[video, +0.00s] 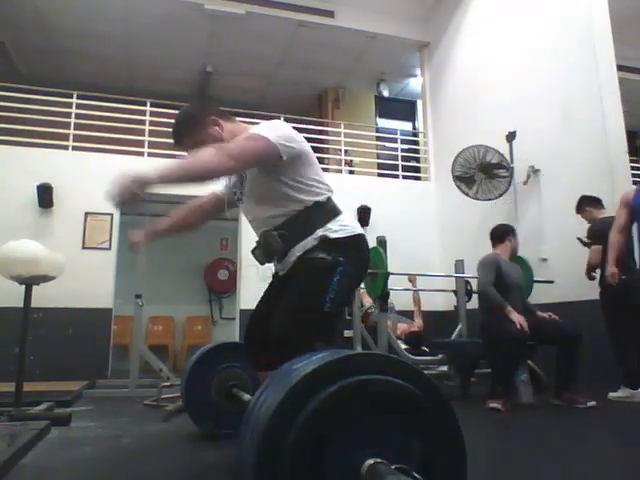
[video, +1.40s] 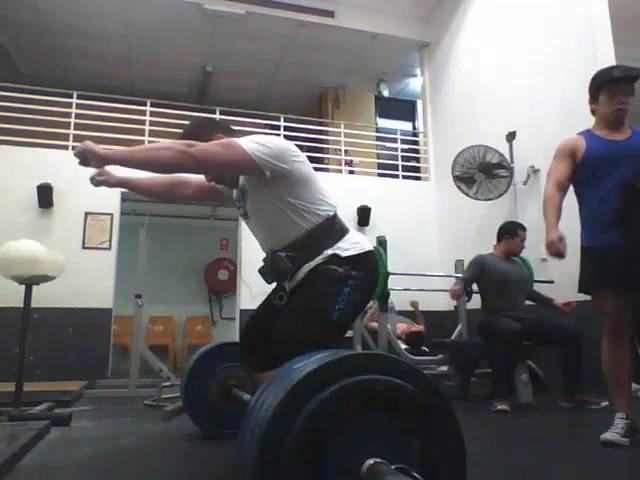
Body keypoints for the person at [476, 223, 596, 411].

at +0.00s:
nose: (517, 245)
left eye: (516, 240)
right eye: (515, 240)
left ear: (499, 241)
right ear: (509, 240)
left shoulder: (514, 267)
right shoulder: (489, 260)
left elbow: (519, 300)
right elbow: (485, 287)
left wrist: (537, 314)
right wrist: (510, 312)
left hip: (522, 320)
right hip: (497, 320)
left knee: (568, 333)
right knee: (513, 337)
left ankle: (564, 392)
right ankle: (497, 396)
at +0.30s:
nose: (511, 245)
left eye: (510, 241)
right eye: (510, 241)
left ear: (492, 242)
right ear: (503, 241)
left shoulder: (507, 267)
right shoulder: (482, 260)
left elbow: (508, 301)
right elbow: (473, 284)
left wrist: (527, 313)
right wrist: (500, 300)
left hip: (518, 322)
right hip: (495, 323)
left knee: (568, 332)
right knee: (503, 337)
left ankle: (571, 391)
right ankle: (500, 396)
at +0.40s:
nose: (514, 242)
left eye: (513, 239)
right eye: (512, 238)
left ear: (499, 240)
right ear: (503, 239)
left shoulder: (510, 268)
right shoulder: (480, 260)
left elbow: (509, 300)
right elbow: (461, 284)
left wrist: (526, 313)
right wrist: (479, 295)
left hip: (517, 317)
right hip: (494, 317)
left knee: (570, 332)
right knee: (507, 334)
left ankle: (573, 392)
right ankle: (501, 397)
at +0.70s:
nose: (517, 243)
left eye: (517, 239)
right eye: (514, 238)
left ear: (505, 239)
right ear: (500, 239)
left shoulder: (514, 265)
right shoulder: (478, 262)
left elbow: (525, 293)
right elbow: (459, 286)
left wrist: (551, 302)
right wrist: (461, 298)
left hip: (520, 315)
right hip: (494, 316)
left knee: (569, 329)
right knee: (507, 334)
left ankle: (573, 393)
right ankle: (502, 397)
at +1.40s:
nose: (523, 246)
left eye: (524, 241)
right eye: (521, 241)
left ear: (510, 239)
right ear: (507, 239)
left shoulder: (519, 265)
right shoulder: (483, 261)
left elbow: (527, 292)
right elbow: (465, 282)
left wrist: (554, 303)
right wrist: (458, 289)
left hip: (522, 319)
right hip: (494, 319)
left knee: (570, 332)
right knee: (510, 332)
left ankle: (573, 394)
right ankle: (502, 397)